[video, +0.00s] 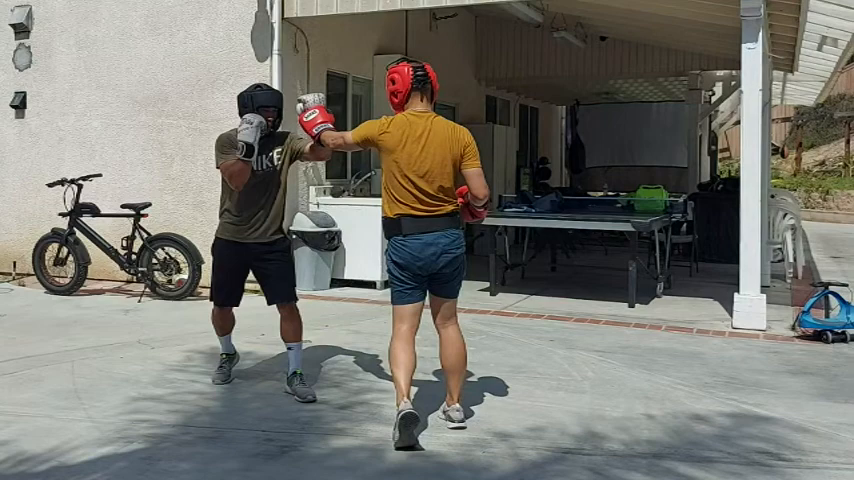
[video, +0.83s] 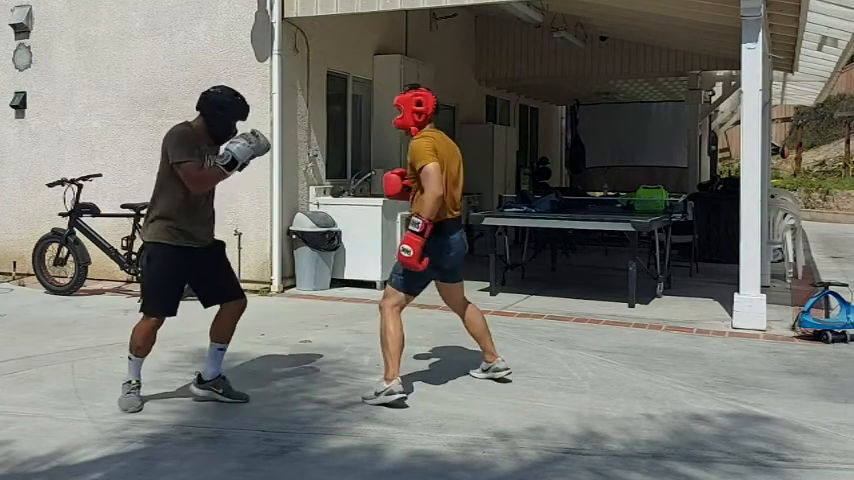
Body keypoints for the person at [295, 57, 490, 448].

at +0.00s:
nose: (391, 97)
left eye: (393, 91)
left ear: (399, 93)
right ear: (432, 92)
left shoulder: (386, 128)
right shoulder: (457, 133)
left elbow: (337, 140)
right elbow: (480, 192)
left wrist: (317, 123)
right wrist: (472, 206)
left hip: (404, 240)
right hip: (446, 238)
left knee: (404, 326)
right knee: (447, 319)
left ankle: (404, 404)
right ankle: (454, 406)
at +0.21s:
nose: (398, 99)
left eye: (400, 93)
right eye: (400, 93)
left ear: (405, 94)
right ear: (435, 93)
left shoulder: (394, 128)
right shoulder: (464, 132)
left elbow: (342, 139)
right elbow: (480, 188)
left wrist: (304, 135)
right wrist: (450, 186)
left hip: (412, 235)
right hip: (453, 234)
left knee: (394, 308)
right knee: (449, 319)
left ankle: (404, 376)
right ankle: (454, 404)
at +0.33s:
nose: (395, 100)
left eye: (397, 93)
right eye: (396, 94)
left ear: (404, 95)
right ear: (434, 95)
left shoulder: (398, 129)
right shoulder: (460, 134)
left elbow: (345, 142)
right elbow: (461, 183)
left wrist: (305, 144)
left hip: (410, 232)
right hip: (450, 231)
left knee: (391, 304)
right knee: (446, 316)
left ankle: (392, 387)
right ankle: (454, 402)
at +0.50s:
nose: (388, 107)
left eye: (391, 101)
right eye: (389, 101)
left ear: (402, 102)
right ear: (427, 103)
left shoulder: (394, 133)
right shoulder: (449, 139)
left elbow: (341, 154)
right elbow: (423, 166)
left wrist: (301, 166)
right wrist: (386, 161)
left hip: (409, 236)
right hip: (445, 235)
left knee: (388, 308)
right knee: (438, 305)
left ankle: (388, 388)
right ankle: (455, 366)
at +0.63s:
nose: (389, 104)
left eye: (391, 98)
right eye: (389, 98)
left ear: (401, 99)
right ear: (425, 99)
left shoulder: (399, 129)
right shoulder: (448, 135)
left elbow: (369, 167)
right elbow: (431, 178)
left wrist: (334, 197)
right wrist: (393, 168)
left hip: (414, 228)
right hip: (447, 226)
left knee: (391, 304)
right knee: (443, 293)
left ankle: (386, 384)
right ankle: (466, 358)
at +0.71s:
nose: (391, 106)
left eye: (393, 99)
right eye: (391, 99)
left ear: (406, 99)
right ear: (425, 100)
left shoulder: (404, 128)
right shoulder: (448, 134)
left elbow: (390, 175)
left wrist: (362, 211)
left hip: (419, 228)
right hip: (450, 225)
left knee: (392, 302)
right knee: (448, 295)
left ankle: (387, 383)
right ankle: (475, 360)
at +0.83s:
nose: (396, 115)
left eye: (400, 111)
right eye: (398, 110)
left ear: (413, 114)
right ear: (424, 114)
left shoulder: (422, 143)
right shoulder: (446, 142)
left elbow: (434, 191)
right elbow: (447, 189)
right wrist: (410, 187)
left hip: (430, 237)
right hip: (454, 235)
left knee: (390, 304)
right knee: (458, 301)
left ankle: (392, 383)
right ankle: (493, 361)